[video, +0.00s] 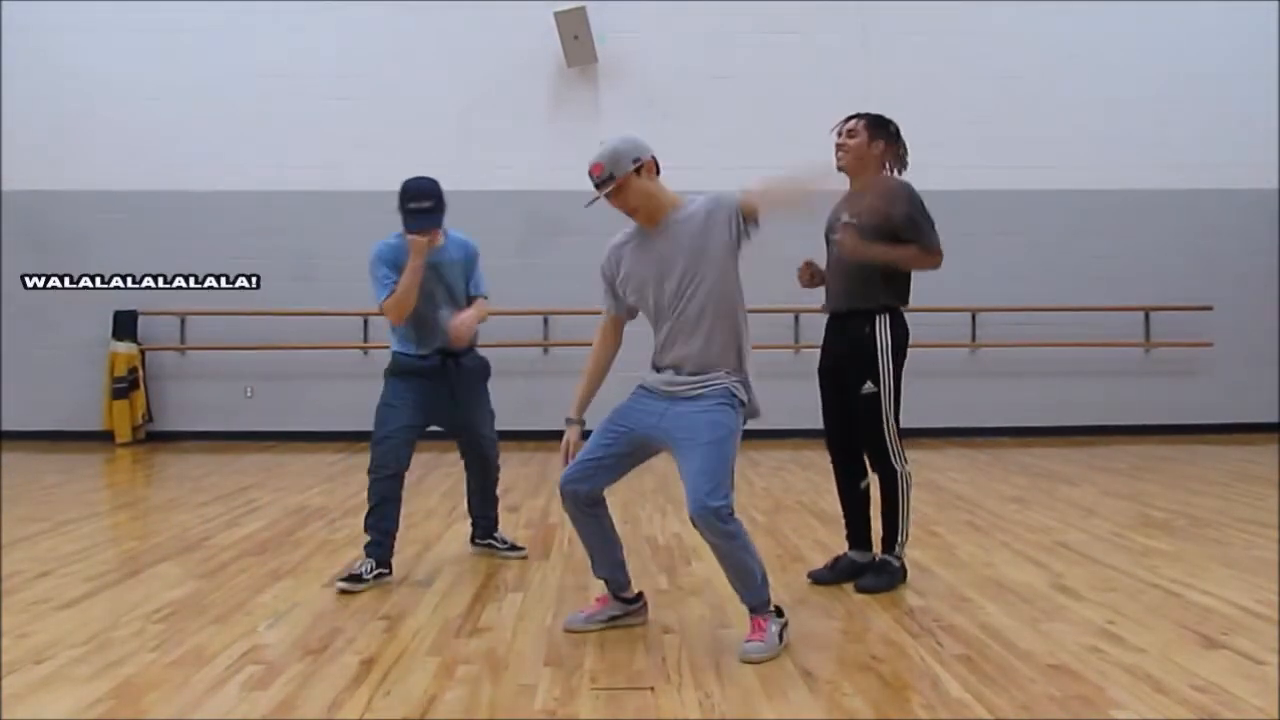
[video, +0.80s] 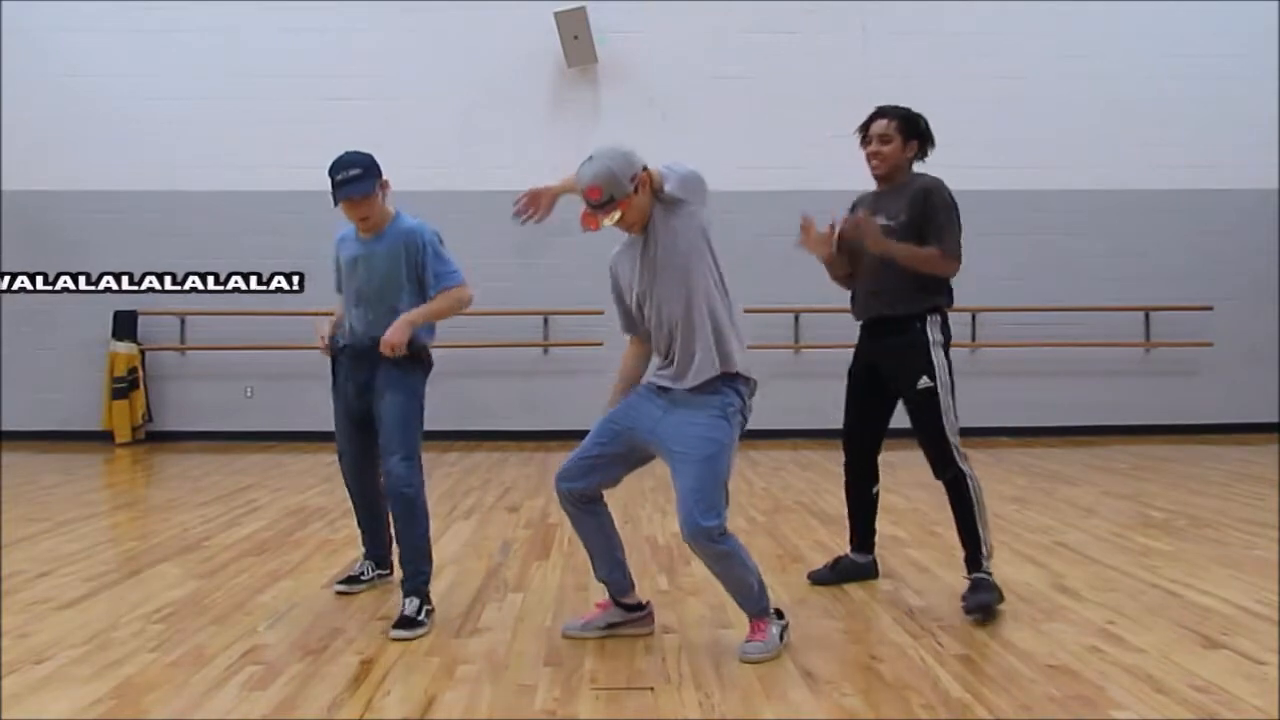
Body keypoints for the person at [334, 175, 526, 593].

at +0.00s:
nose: (427, 234)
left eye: (432, 225)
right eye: (417, 227)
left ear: (443, 217)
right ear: (403, 221)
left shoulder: (463, 250)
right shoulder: (387, 254)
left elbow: (481, 302)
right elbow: (395, 314)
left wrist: (471, 316)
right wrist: (417, 258)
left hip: (461, 372)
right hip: (409, 373)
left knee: (484, 452)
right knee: (387, 458)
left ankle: (485, 532)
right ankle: (377, 558)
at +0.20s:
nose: (387, 225)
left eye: (392, 215)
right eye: (377, 219)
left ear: (403, 204)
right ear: (362, 215)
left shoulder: (435, 242)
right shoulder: (347, 253)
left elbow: (457, 298)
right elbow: (335, 319)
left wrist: (464, 343)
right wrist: (363, 287)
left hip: (438, 365)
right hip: (382, 369)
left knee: (480, 447)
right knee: (370, 464)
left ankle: (484, 527)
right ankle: (375, 559)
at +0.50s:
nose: (356, 211)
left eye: (362, 200)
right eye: (346, 205)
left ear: (378, 189)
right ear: (333, 203)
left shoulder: (414, 233)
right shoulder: (326, 249)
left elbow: (452, 284)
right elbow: (320, 305)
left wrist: (435, 328)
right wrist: (324, 344)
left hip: (413, 363)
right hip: (358, 368)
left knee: (431, 466)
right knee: (361, 470)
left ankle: (446, 569)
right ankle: (375, 559)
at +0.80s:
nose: (358, 211)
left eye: (365, 200)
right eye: (348, 204)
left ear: (385, 189)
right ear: (337, 203)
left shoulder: (416, 237)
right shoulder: (344, 243)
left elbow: (460, 294)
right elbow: (351, 302)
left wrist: (409, 320)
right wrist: (333, 322)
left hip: (398, 369)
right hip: (351, 367)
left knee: (401, 477)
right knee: (356, 469)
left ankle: (416, 592)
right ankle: (377, 559)